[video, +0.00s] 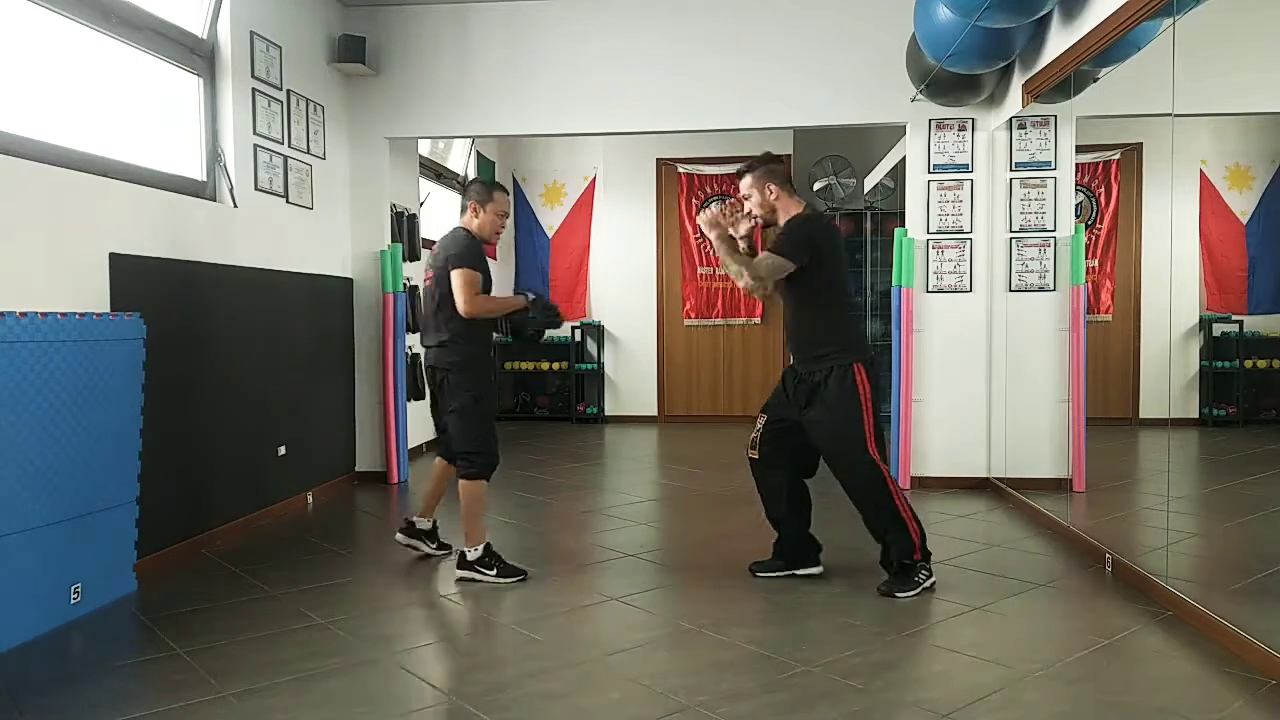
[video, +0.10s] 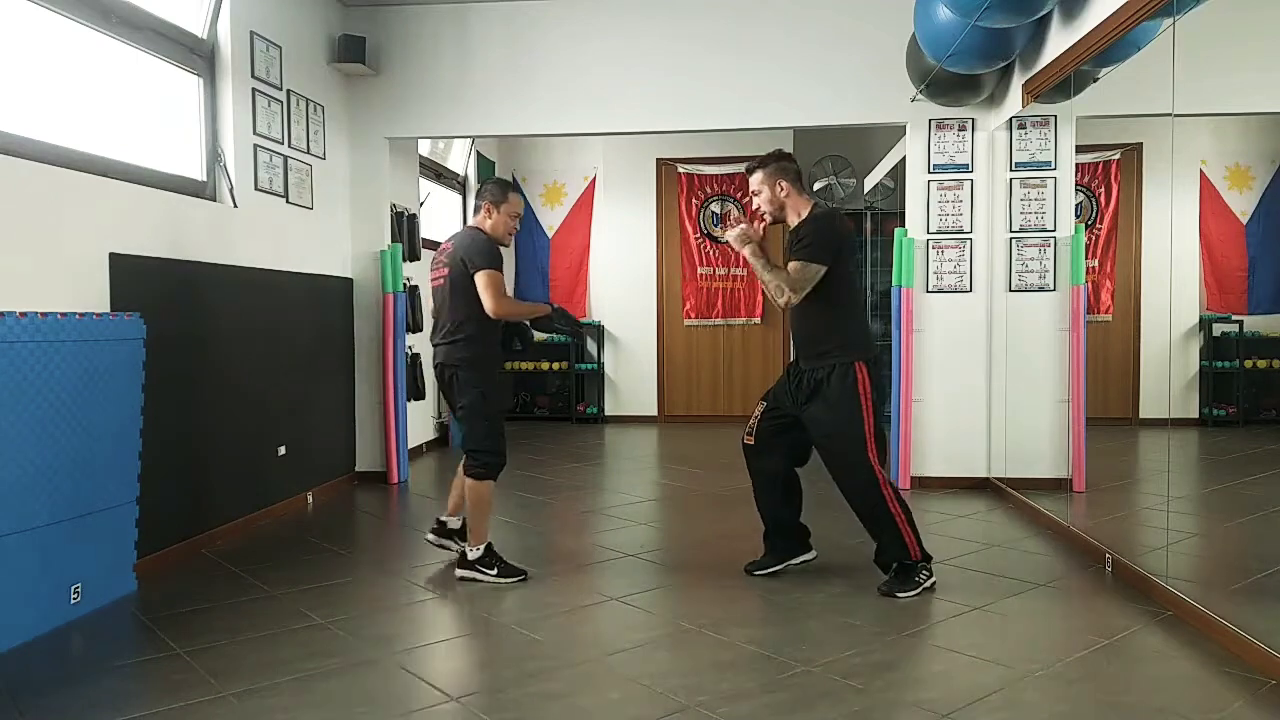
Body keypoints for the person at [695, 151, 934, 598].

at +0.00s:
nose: (747, 209)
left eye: (748, 198)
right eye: (743, 201)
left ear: (772, 189)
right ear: (774, 192)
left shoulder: (806, 228)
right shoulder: (789, 232)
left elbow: (754, 279)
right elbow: (762, 284)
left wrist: (719, 236)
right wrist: (733, 238)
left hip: (842, 371)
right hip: (804, 373)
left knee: (860, 467)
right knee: (769, 454)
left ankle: (911, 563)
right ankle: (798, 553)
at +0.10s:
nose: (756, 205)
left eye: (758, 195)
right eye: (753, 197)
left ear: (783, 187)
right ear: (785, 190)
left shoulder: (823, 225)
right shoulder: (799, 232)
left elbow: (787, 291)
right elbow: (784, 293)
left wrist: (752, 250)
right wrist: (755, 248)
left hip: (843, 369)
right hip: (806, 370)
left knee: (860, 469)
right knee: (761, 444)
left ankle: (912, 564)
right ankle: (788, 544)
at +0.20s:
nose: (755, 200)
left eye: (757, 191)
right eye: (753, 193)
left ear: (783, 184)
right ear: (784, 187)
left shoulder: (824, 222)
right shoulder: (796, 232)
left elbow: (777, 277)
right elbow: (782, 291)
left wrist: (753, 229)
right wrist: (753, 236)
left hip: (847, 368)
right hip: (805, 368)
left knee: (863, 472)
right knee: (762, 447)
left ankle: (912, 565)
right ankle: (771, 544)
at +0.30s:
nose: (751, 200)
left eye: (755, 190)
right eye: (749, 192)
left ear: (779, 184)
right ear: (777, 188)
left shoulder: (820, 219)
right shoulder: (785, 233)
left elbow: (756, 247)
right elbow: (775, 293)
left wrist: (704, 223)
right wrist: (749, 257)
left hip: (845, 367)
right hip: (799, 369)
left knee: (867, 470)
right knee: (762, 451)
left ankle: (910, 565)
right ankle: (769, 547)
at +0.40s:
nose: (743, 205)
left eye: (747, 194)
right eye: (742, 198)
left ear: (773, 191)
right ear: (771, 196)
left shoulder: (820, 225)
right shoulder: (771, 245)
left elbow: (765, 259)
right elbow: (745, 308)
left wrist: (726, 225)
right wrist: (717, 282)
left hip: (845, 371)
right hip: (796, 372)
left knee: (862, 468)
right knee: (758, 451)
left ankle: (908, 561)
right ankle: (769, 547)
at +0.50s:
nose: (743, 205)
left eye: (748, 195)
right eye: (742, 197)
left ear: (773, 194)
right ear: (769, 196)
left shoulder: (826, 229)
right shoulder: (765, 249)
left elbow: (781, 278)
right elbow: (731, 312)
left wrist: (754, 227)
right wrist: (685, 339)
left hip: (849, 372)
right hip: (799, 373)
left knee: (864, 470)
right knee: (760, 452)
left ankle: (908, 565)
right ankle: (768, 547)